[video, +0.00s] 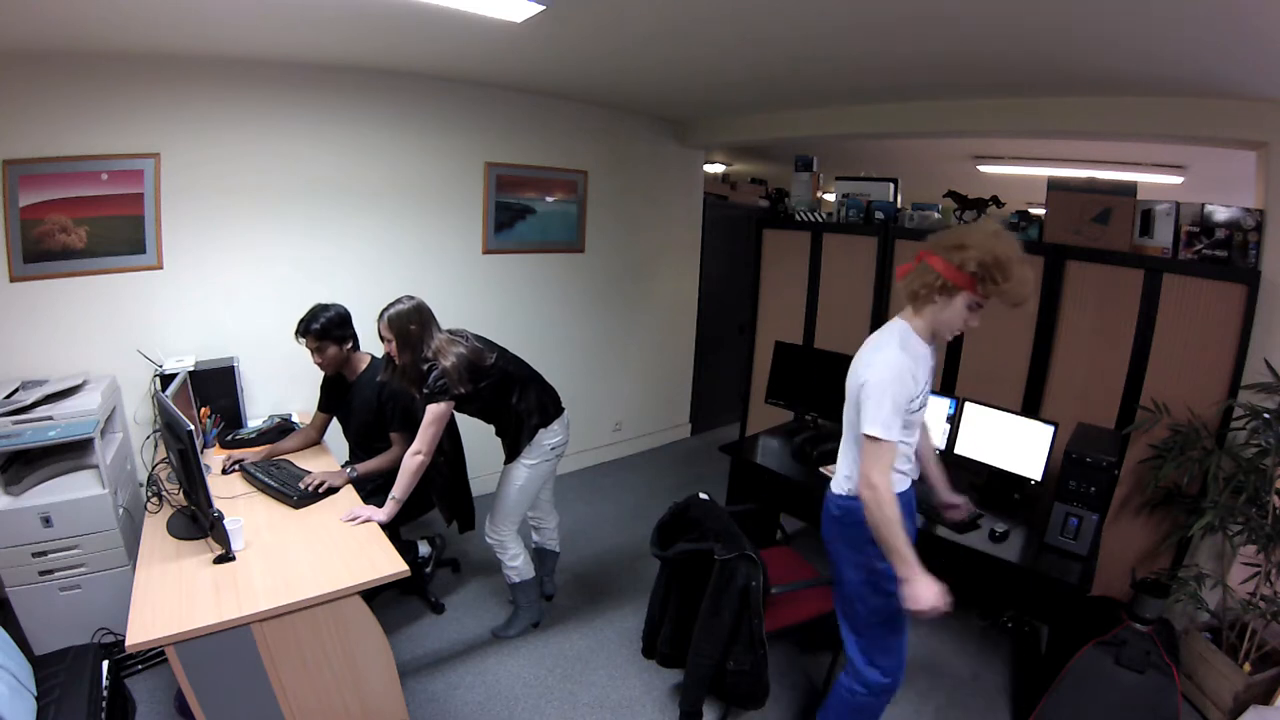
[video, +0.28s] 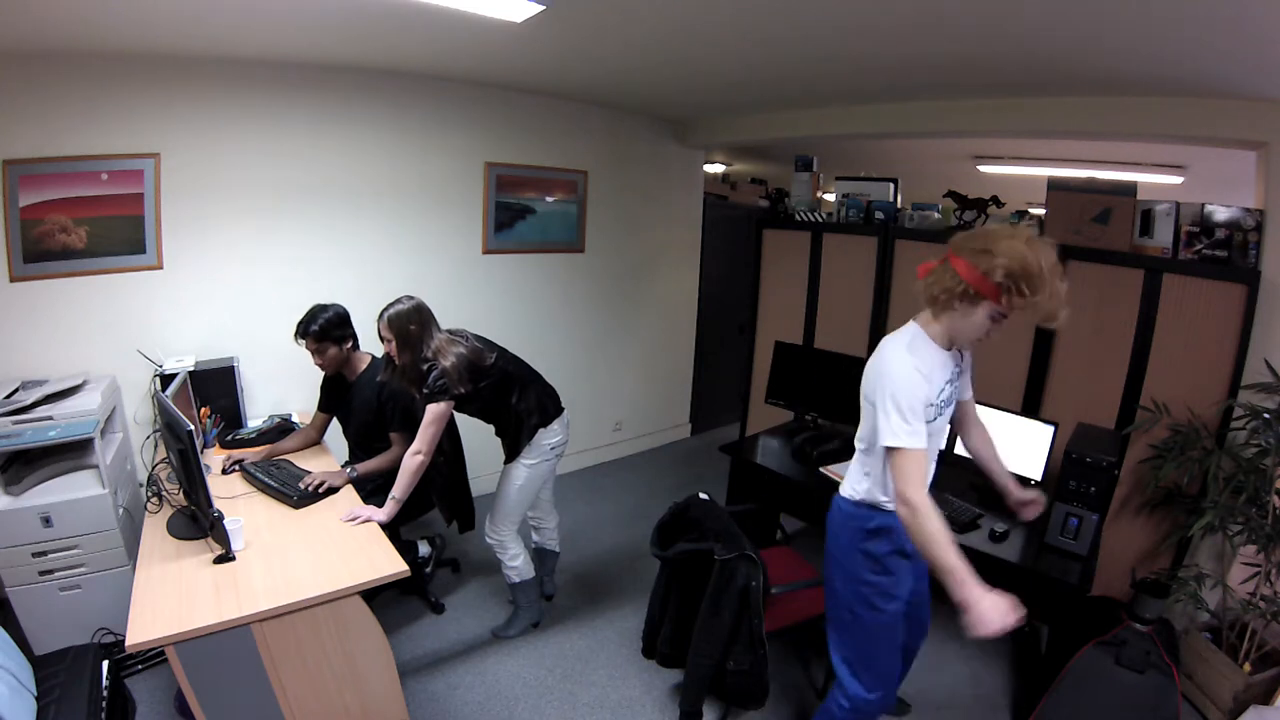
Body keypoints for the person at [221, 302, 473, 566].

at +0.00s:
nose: (315, 360)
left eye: (320, 351)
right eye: (310, 352)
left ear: (347, 344)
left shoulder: (389, 382)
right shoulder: (335, 378)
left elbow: (402, 450)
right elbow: (313, 432)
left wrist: (348, 473)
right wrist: (261, 454)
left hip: (404, 477)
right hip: (365, 474)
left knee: (340, 530)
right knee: (314, 512)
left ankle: (419, 552)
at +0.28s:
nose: (316, 362)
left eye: (320, 353)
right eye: (311, 354)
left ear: (348, 344)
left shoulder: (389, 381)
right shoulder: (335, 377)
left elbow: (402, 450)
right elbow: (313, 432)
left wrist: (348, 473)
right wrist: (262, 454)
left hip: (404, 477)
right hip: (364, 474)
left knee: (341, 530)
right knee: (314, 513)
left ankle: (418, 553)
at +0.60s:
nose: (317, 360)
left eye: (322, 352)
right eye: (313, 352)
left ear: (348, 342)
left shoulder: (390, 381)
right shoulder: (336, 375)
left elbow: (402, 449)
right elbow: (319, 428)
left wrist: (347, 473)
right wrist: (271, 448)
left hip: (403, 477)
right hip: (364, 473)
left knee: (339, 531)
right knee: (314, 513)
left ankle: (419, 552)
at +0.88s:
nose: (316, 364)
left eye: (319, 355)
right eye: (312, 356)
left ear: (345, 345)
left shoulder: (389, 382)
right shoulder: (339, 375)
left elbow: (402, 450)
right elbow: (333, 425)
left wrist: (347, 473)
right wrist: (311, 454)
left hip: (407, 477)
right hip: (366, 473)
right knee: (321, 513)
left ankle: (420, 552)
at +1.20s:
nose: (316, 364)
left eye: (320, 355)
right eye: (312, 356)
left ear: (346, 345)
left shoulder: (389, 382)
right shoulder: (339, 376)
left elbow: (403, 450)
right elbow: (332, 429)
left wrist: (347, 474)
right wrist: (311, 459)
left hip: (406, 477)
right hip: (364, 474)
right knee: (320, 513)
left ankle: (419, 552)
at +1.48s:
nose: (317, 364)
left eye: (321, 355)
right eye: (313, 356)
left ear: (347, 345)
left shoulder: (389, 383)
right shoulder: (339, 377)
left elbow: (402, 451)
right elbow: (332, 429)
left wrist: (347, 474)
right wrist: (311, 459)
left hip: (407, 476)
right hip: (365, 473)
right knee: (321, 513)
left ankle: (420, 552)